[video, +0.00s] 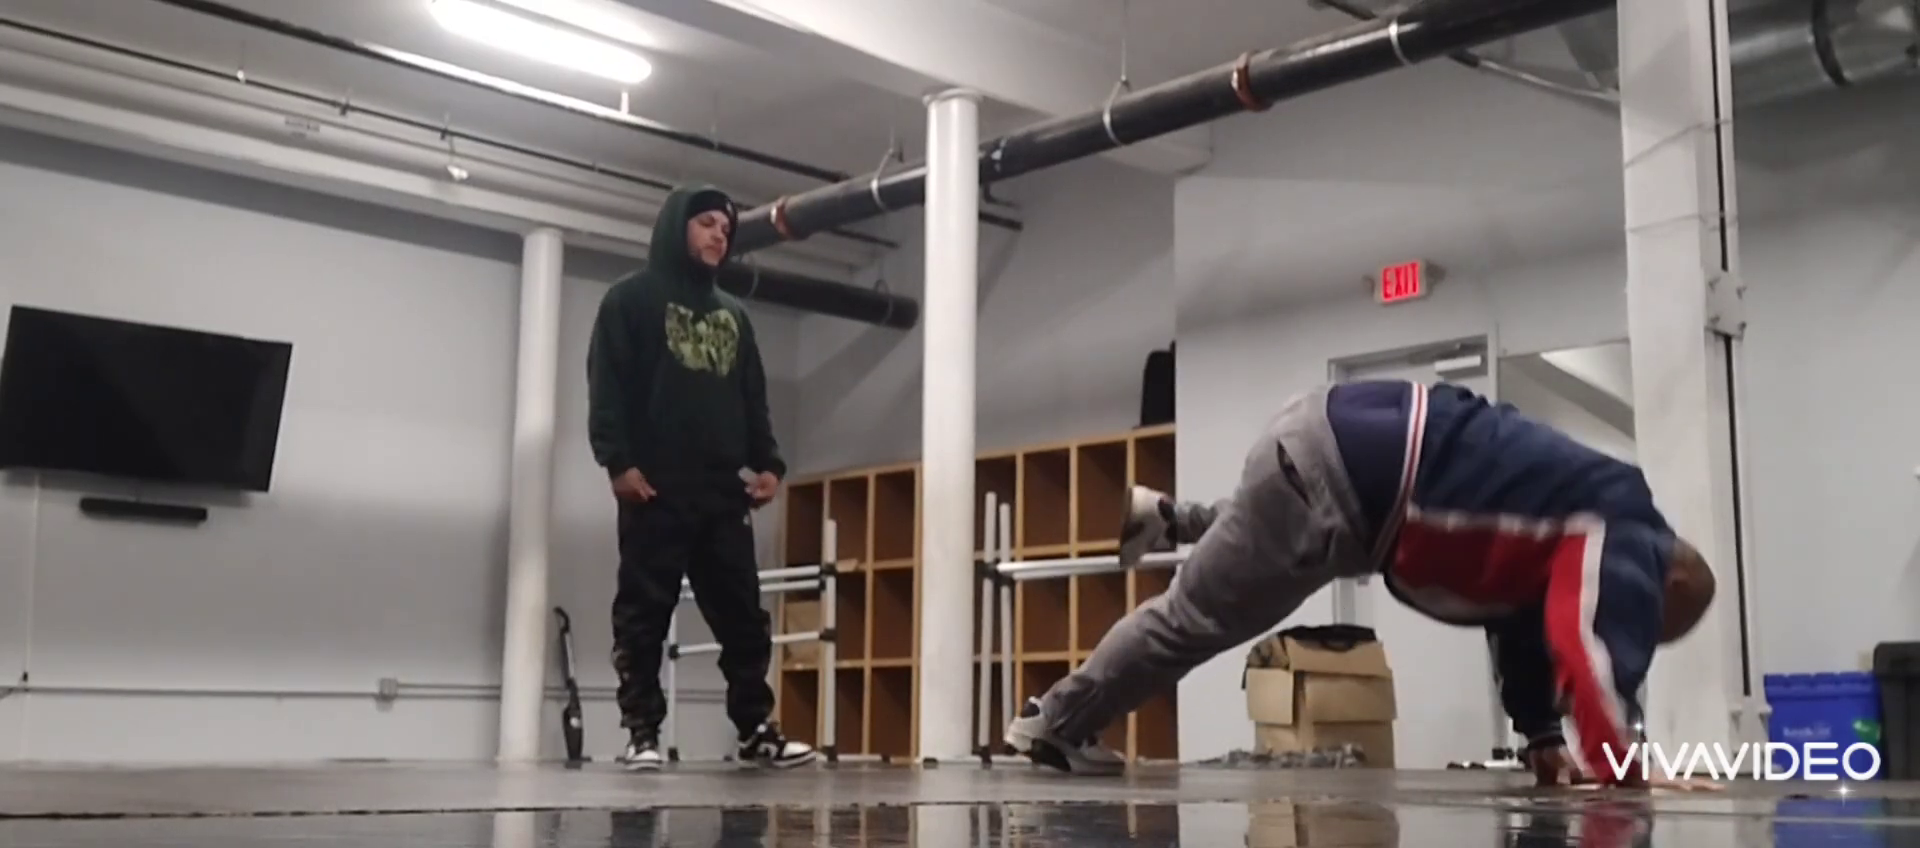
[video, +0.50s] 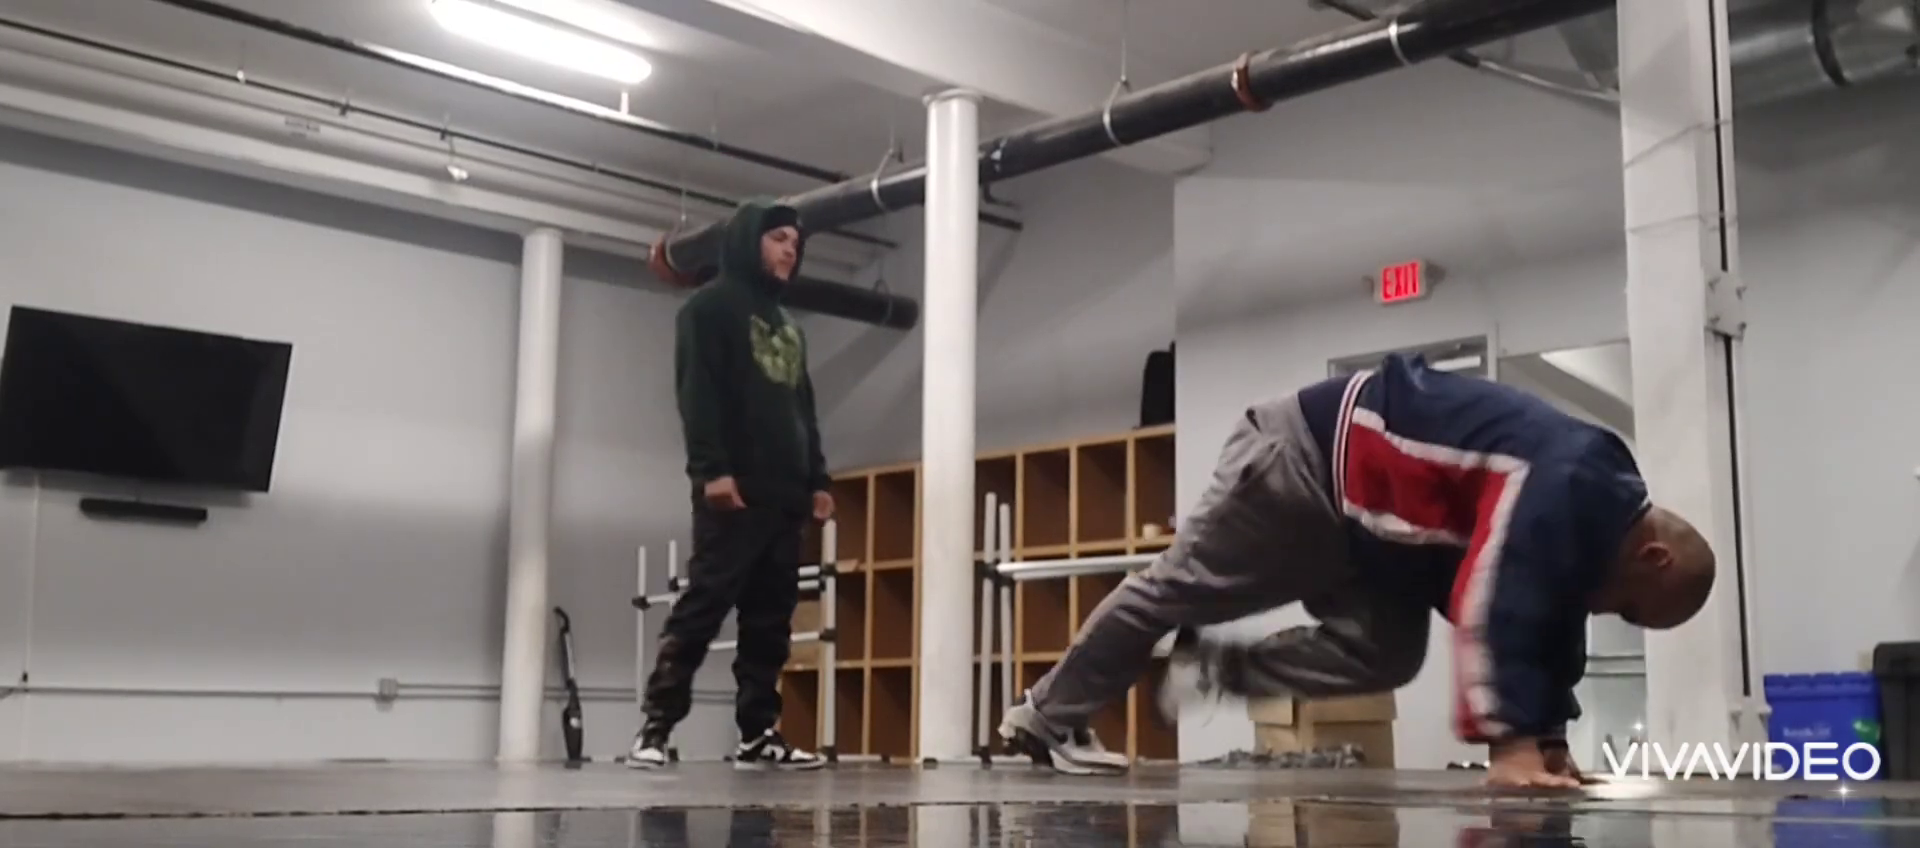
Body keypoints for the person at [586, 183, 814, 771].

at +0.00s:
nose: (718, 235)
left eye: (724, 229)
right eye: (707, 224)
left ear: (727, 242)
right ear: (677, 228)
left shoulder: (733, 315)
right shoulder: (630, 299)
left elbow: (754, 397)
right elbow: (606, 389)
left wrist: (768, 463)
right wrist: (619, 464)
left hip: (722, 486)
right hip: (652, 484)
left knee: (742, 613)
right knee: (644, 612)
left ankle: (755, 731)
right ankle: (642, 735)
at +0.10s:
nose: (730, 237)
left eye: (736, 231)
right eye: (719, 226)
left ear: (738, 245)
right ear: (689, 230)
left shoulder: (742, 320)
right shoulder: (642, 301)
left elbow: (759, 404)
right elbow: (619, 386)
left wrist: (773, 469)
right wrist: (632, 464)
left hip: (727, 488)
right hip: (662, 484)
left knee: (737, 615)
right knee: (650, 613)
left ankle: (752, 733)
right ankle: (643, 735)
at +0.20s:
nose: (744, 242)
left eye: (749, 236)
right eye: (734, 230)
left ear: (751, 249)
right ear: (702, 233)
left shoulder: (753, 323)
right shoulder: (658, 301)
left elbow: (768, 407)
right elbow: (636, 387)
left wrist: (779, 474)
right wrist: (648, 464)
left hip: (737, 488)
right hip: (674, 483)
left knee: (741, 617)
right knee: (658, 612)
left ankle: (755, 733)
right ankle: (645, 735)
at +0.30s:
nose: (759, 245)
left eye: (764, 237)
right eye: (748, 233)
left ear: (766, 249)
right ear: (716, 237)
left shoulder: (765, 322)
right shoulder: (674, 304)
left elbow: (780, 406)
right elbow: (655, 388)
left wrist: (789, 476)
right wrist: (668, 465)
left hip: (754, 490)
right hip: (694, 485)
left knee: (751, 619)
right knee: (668, 613)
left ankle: (756, 734)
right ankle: (646, 735)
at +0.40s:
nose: (776, 248)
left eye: (781, 242)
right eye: (766, 237)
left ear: (781, 253)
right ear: (734, 241)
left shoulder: (777, 325)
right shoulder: (691, 307)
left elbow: (793, 409)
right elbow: (676, 392)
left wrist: (805, 477)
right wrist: (690, 469)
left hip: (771, 489)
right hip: (713, 484)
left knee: (763, 617)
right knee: (685, 610)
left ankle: (758, 735)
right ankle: (649, 734)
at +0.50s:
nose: (789, 251)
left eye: (794, 244)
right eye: (779, 239)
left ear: (795, 255)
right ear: (748, 241)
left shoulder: (787, 325)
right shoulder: (707, 308)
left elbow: (804, 409)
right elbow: (697, 394)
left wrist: (817, 481)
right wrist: (711, 471)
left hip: (785, 489)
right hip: (730, 485)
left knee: (770, 615)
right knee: (703, 607)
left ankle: (758, 735)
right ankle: (655, 732)